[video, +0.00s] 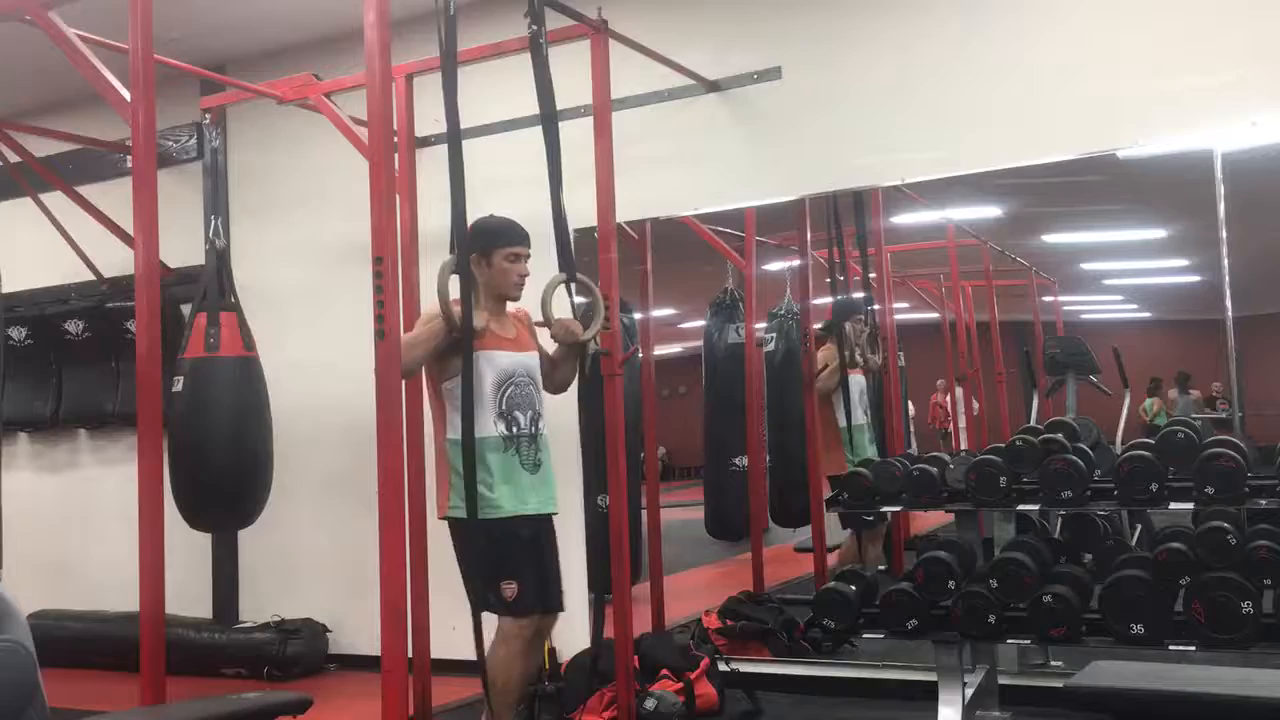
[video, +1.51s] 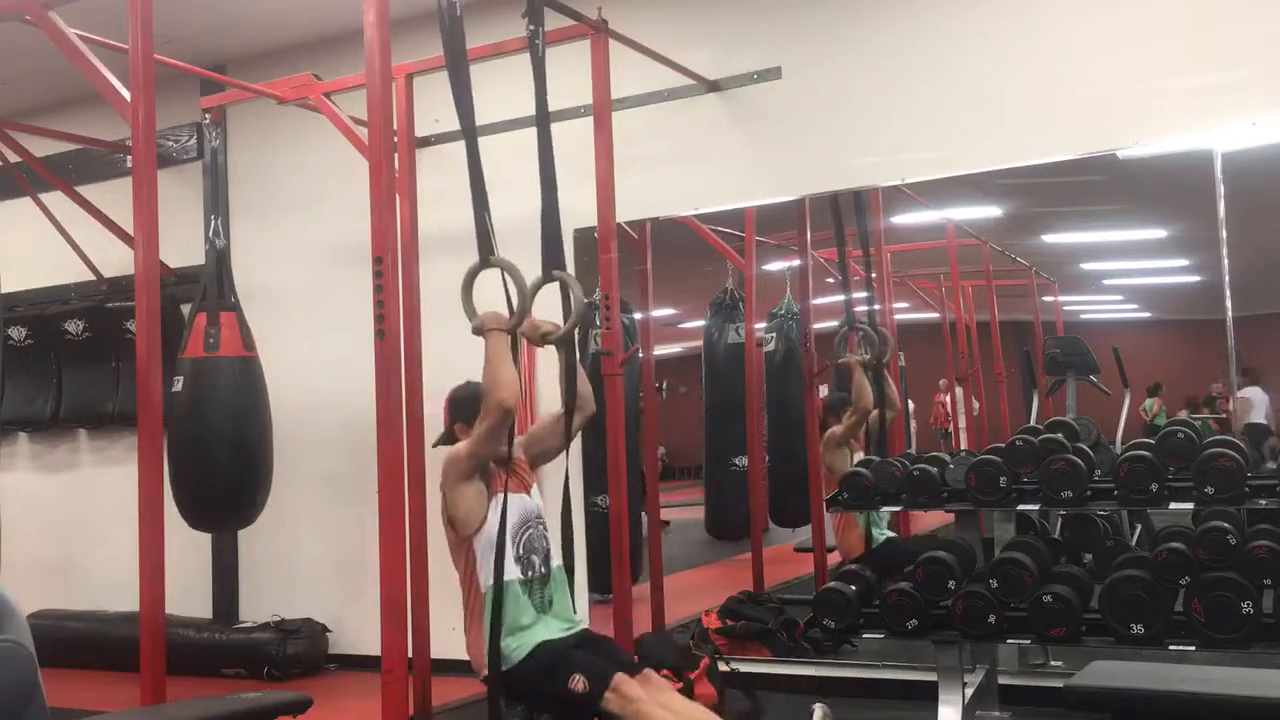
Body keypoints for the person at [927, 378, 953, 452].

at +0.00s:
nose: (941, 387)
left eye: (942, 385)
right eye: (939, 385)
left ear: (945, 386)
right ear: (937, 386)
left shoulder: (947, 396)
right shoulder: (934, 397)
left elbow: (949, 407)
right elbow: (931, 410)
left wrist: (940, 403)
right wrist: (930, 420)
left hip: (947, 420)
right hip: (938, 421)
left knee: (948, 437)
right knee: (941, 438)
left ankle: (950, 450)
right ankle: (942, 451)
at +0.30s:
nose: (941, 387)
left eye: (942, 385)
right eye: (939, 385)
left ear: (945, 386)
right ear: (937, 386)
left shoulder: (948, 396)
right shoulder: (934, 397)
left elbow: (951, 409)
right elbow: (932, 410)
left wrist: (951, 421)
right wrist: (931, 420)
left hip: (947, 421)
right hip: (938, 422)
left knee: (949, 438)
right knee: (941, 439)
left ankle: (950, 451)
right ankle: (942, 452)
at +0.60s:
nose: (941, 388)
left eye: (943, 386)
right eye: (940, 386)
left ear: (946, 386)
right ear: (938, 387)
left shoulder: (948, 396)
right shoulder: (935, 397)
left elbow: (951, 407)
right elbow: (933, 409)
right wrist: (931, 420)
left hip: (948, 421)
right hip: (939, 422)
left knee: (950, 438)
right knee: (941, 439)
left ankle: (952, 452)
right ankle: (943, 452)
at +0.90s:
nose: (942, 387)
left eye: (943, 385)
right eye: (940, 386)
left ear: (946, 386)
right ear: (938, 386)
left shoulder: (948, 396)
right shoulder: (936, 397)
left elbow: (951, 409)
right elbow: (934, 410)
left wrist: (952, 421)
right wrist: (932, 420)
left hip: (948, 421)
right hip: (940, 421)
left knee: (950, 437)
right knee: (942, 438)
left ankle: (952, 450)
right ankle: (943, 450)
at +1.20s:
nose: (942, 387)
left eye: (943, 385)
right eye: (940, 385)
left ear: (947, 386)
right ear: (939, 386)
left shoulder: (949, 396)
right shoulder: (937, 396)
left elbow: (951, 408)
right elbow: (934, 410)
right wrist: (933, 420)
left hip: (949, 421)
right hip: (940, 422)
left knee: (951, 438)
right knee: (942, 439)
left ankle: (953, 451)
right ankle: (944, 452)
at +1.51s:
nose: (942, 387)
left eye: (944, 385)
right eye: (941, 385)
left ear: (947, 386)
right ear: (939, 386)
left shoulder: (949, 396)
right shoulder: (937, 396)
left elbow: (952, 408)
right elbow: (935, 410)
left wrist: (952, 421)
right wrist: (933, 420)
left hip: (949, 422)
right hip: (940, 422)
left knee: (951, 438)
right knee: (942, 439)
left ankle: (953, 451)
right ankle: (943, 452)